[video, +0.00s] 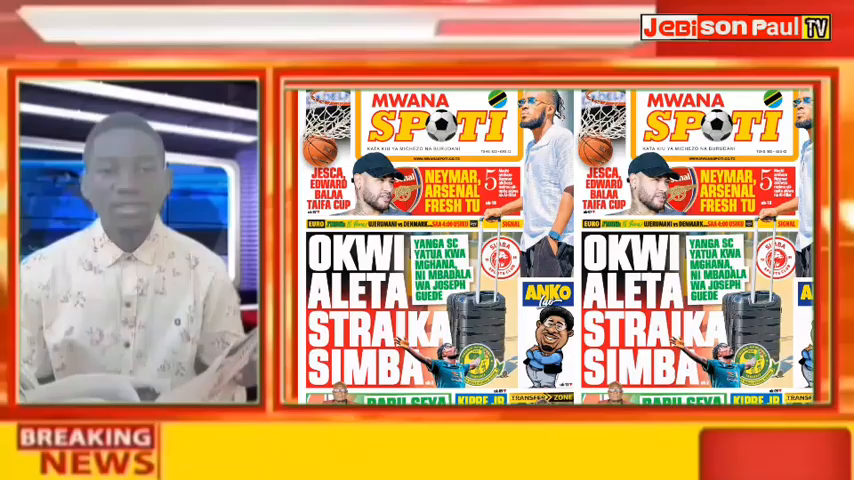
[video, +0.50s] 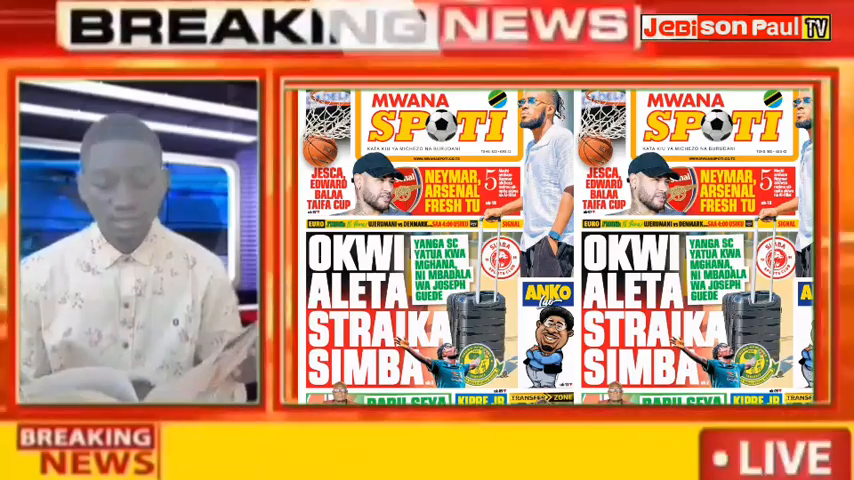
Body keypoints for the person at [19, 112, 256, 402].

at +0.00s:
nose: (127, 184)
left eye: (145, 169)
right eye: (107, 170)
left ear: (167, 181)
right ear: (85, 186)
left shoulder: (206, 272)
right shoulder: (40, 274)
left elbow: (232, 386)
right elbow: (20, 390)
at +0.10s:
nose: (127, 184)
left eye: (145, 168)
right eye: (107, 170)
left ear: (167, 181)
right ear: (85, 186)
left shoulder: (207, 272)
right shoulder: (39, 274)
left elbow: (232, 384)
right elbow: (20, 389)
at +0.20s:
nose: (126, 184)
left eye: (144, 168)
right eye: (106, 170)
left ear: (166, 180)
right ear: (83, 186)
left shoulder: (205, 272)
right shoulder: (38, 275)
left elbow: (233, 385)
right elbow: (20, 390)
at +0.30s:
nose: (124, 186)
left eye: (142, 170)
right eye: (104, 172)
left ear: (165, 179)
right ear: (82, 186)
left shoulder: (205, 272)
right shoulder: (38, 275)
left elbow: (231, 388)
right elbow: (20, 391)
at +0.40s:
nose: (124, 194)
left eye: (141, 176)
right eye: (105, 178)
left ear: (165, 180)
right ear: (82, 186)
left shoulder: (206, 273)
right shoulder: (37, 276)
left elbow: (231, 391)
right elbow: (25, 393)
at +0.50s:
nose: (124, 201)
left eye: (141, 182)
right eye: (104, 184)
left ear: (164, 181)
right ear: (81, 187)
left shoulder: (205, 273)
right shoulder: (36, 277)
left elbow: (229, 391)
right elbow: (25, 394)